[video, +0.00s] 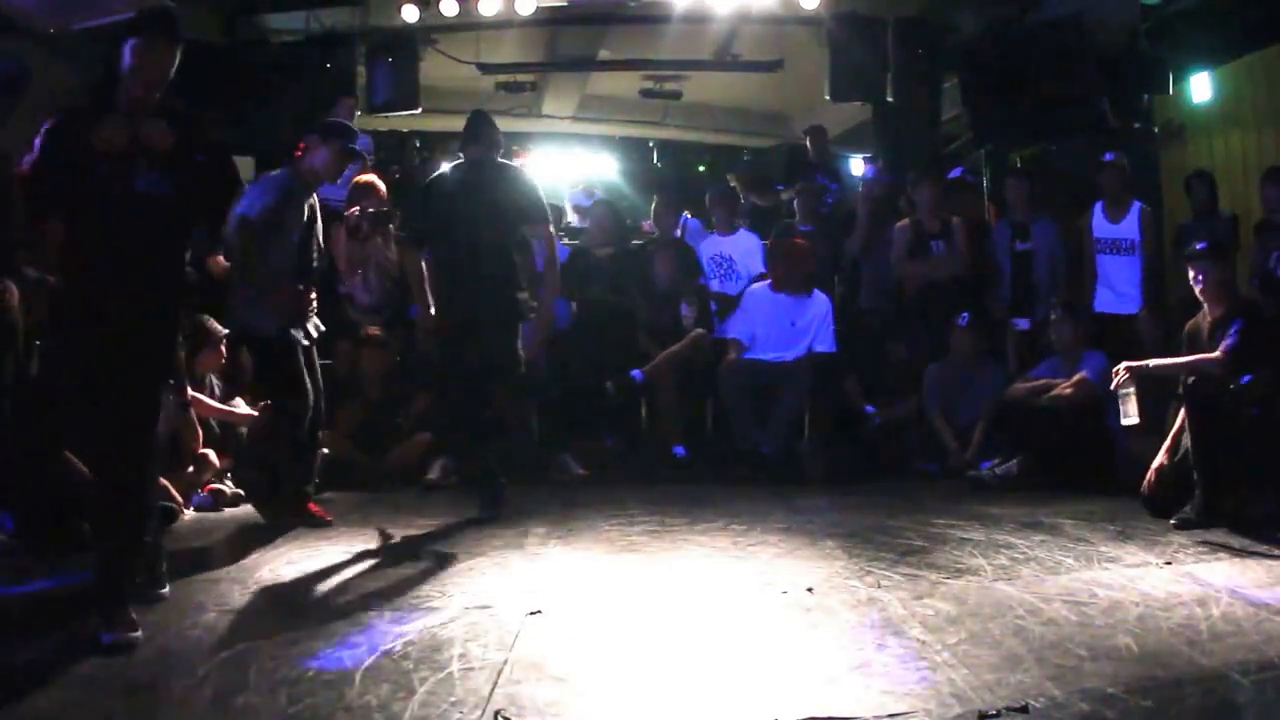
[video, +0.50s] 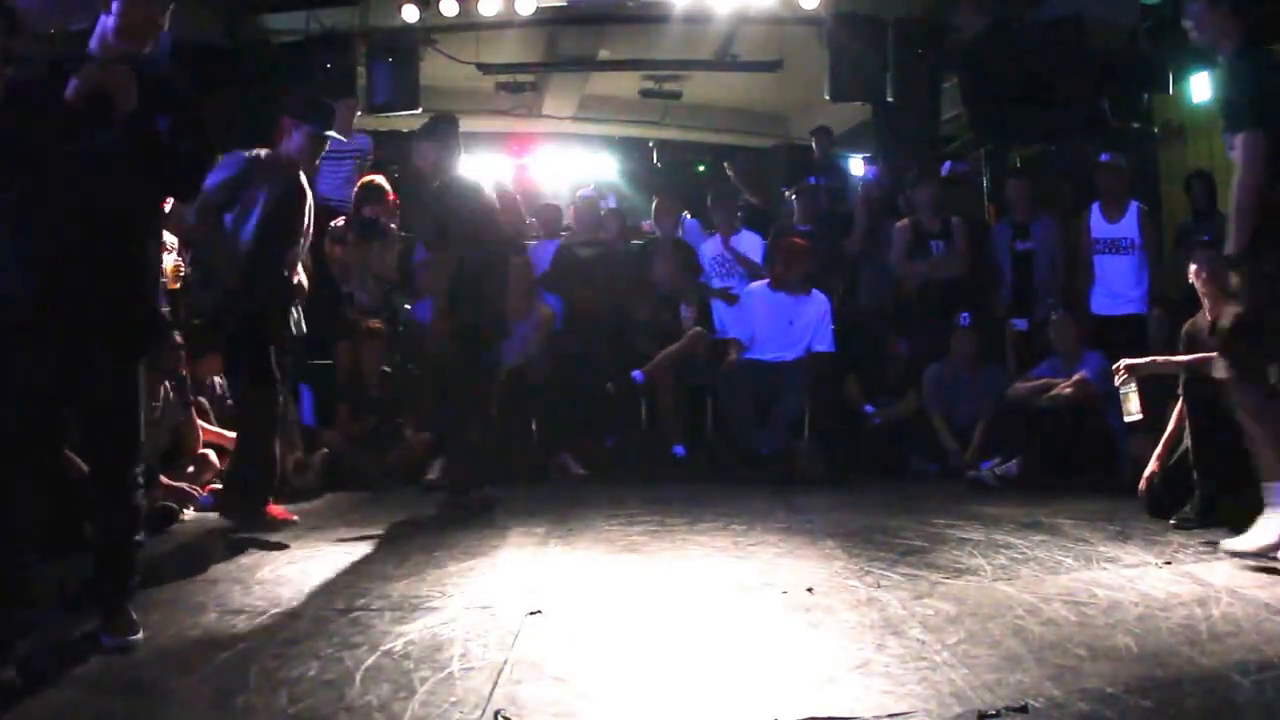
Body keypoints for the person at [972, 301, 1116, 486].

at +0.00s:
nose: (1053, 333)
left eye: (1060, 326)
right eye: (1052, 327)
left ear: (1077, 329)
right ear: (1048, 332)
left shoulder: (1095, 360)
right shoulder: (1054, 362)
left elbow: (1070, 393)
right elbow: (1012, 392)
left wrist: (1035, 401)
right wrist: (1054, 384)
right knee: (1004, 407)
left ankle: (1019, 463)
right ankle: (1001, 459)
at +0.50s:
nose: (1056, 337)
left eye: (1061, 330)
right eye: (1053, 331)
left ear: (1075, 331)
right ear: (1049, 335)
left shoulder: (1093, 361)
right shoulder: (1054, 363)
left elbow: (1073, 393)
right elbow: (1012, 393)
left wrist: (1038, 400)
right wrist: (1054, 384)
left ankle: (1022, 462)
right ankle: (1005, 457)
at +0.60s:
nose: (1057, 335)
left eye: (1061, 327)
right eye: (1054, 328)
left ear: (1075, 329)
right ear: (1050, 333)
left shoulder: (1094, 361)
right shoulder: (1054, 363)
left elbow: (1072, 394)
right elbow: (1011, 393)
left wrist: (1034, 401)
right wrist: (1053, 384)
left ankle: (1022, 464)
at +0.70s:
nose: (1054, 333)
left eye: (1060, 327)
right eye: (1052, 327)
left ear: (1076, 330)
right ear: (1049, 331)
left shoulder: (1093, 360)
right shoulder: (1054, 363)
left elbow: (1071, 396)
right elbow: (1012, 393)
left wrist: (1030, 400)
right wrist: (1052, 384)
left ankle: (1020, 463)